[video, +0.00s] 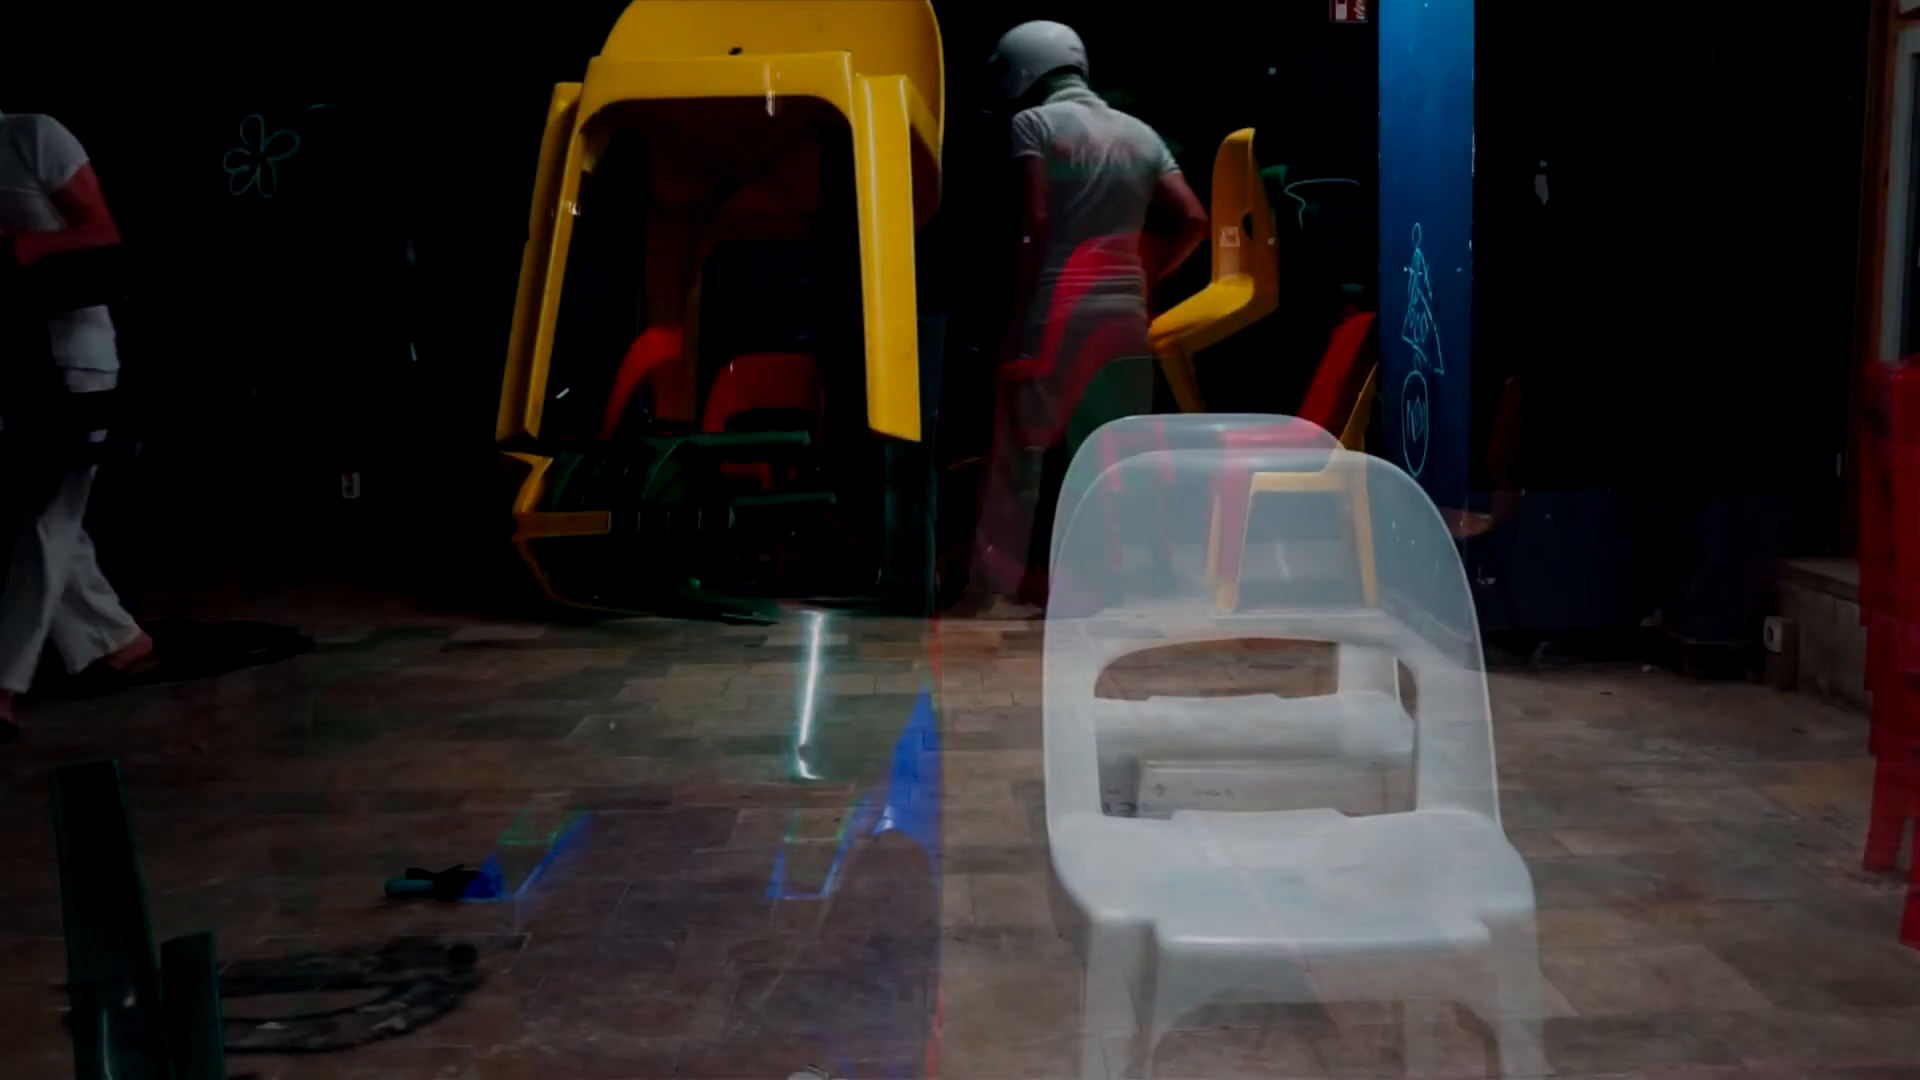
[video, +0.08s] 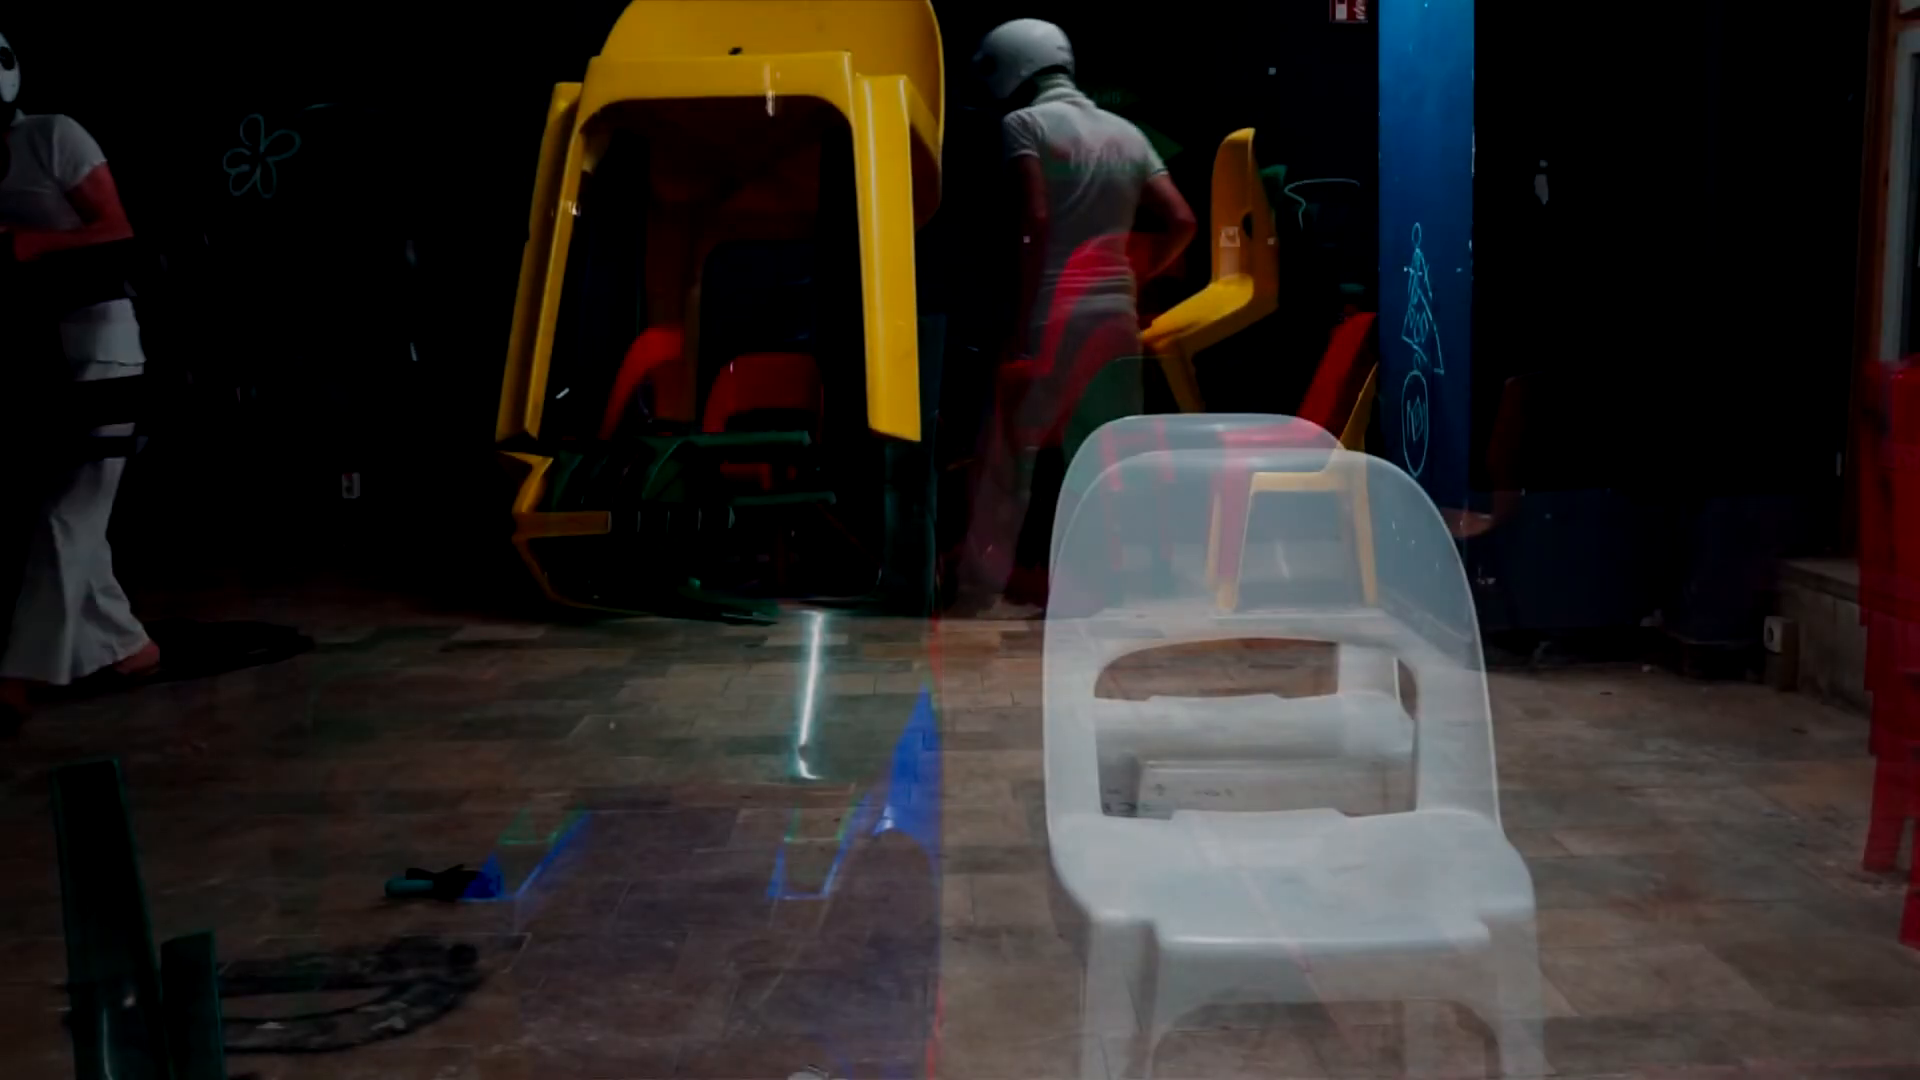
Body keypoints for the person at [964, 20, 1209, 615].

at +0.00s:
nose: (1010, 89)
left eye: (1011, 78)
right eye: (1009, 80)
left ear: (1026, 75)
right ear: (1077, 68)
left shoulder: (1032, 125)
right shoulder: (1137, 132)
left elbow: (1032, 228)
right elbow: (1194, 221)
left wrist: (1013, 311)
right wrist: (1140, 278)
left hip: (1058, 312)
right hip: (1127, 314)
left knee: (1021, 453)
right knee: (1124, 454)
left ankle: (993, 592)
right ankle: (1127, 592)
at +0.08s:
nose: (993, 89)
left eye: (995, 78)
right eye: (991, 79)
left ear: (1012, 74)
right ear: (1062, 67)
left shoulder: (1022, 125)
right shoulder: (1123, 131)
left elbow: (1033, 226)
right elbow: (1182, 221)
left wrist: (1014, 321)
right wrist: (1133, 276)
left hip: (1051, 315)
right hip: (1117, 314)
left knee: (1009, 454)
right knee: (1115, 451)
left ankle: (978, 594)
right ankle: (1121, 586)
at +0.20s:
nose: (964, 94)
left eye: (966, 81)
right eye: (961, 83)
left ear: (986, 77)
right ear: (1035, 68)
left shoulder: (1000, 131)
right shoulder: (1097, 134)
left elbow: (1022, 230)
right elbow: (1155, 225)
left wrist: (1012, 339)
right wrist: (1100, 272)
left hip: (1032, 327)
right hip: (1094, 325)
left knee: (996, 459)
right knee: (1089, 454)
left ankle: (968, 594)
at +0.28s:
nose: (943, 90)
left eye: (946, 77)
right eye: (943, 78)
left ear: (963, 73)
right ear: (1014, 65)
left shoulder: (982, 131)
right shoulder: (1075, 132)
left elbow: (1009, 233)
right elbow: (1135, 223)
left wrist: (1001, 341)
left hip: (1013, 320)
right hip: (1075, 320)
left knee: (984, 463)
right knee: (1077, 458)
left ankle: (968, 595)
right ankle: (1100, 589)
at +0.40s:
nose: (917, 85)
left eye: (921, 71)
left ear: (936, 71)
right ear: (982, 65)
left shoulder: (958, 133)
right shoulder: (1043, 131)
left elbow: (985, 230)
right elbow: (1101, 220)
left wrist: (965, 335)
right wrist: (1054, 279)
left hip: (985, 317)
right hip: (1046, 312)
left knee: (966, 465)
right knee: (1051, 465)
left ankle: (964, 604)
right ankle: (1089, 589)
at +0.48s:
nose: (909, 90)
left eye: (910, 76)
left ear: (926, 74)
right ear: (966, 67)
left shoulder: (944, 131)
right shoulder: (1023, 132)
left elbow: (969, 228)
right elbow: (1082, 219)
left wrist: (948, 310)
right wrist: (1046, 284)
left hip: (974, 315)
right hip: (1030, 309)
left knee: (957, 460)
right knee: (1028, 464)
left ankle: (959, 603)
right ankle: (1065, 593)